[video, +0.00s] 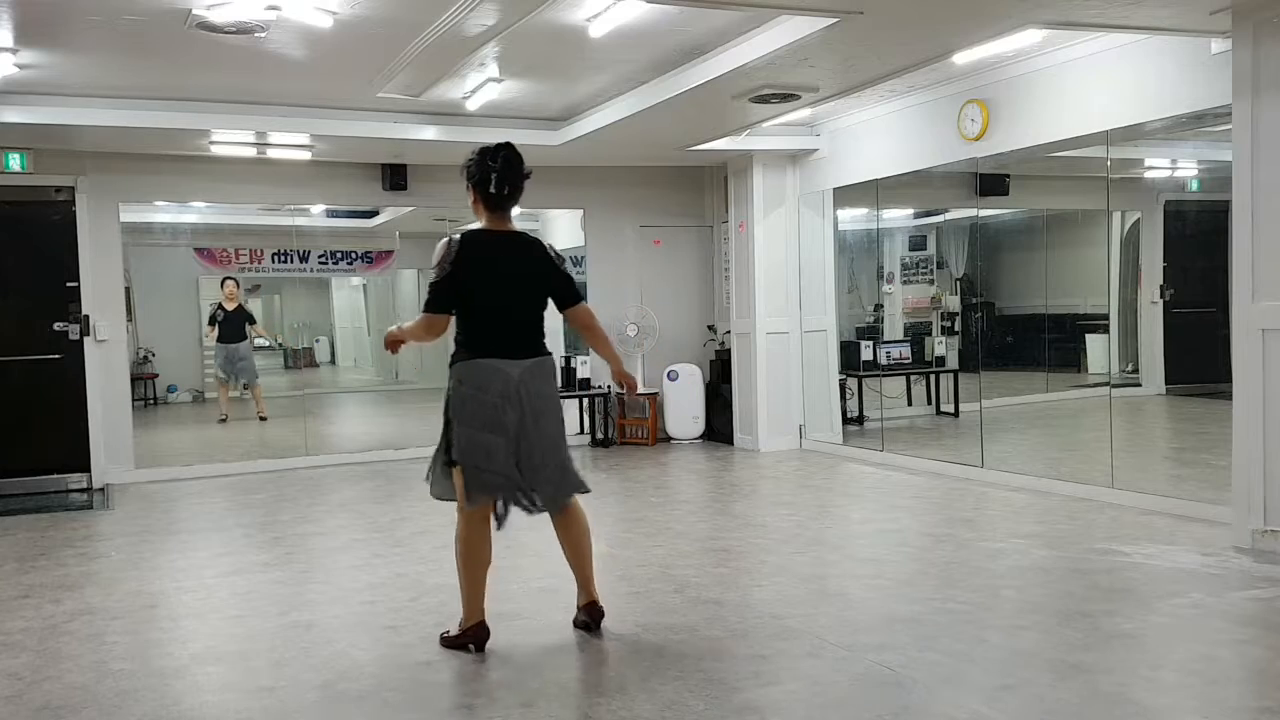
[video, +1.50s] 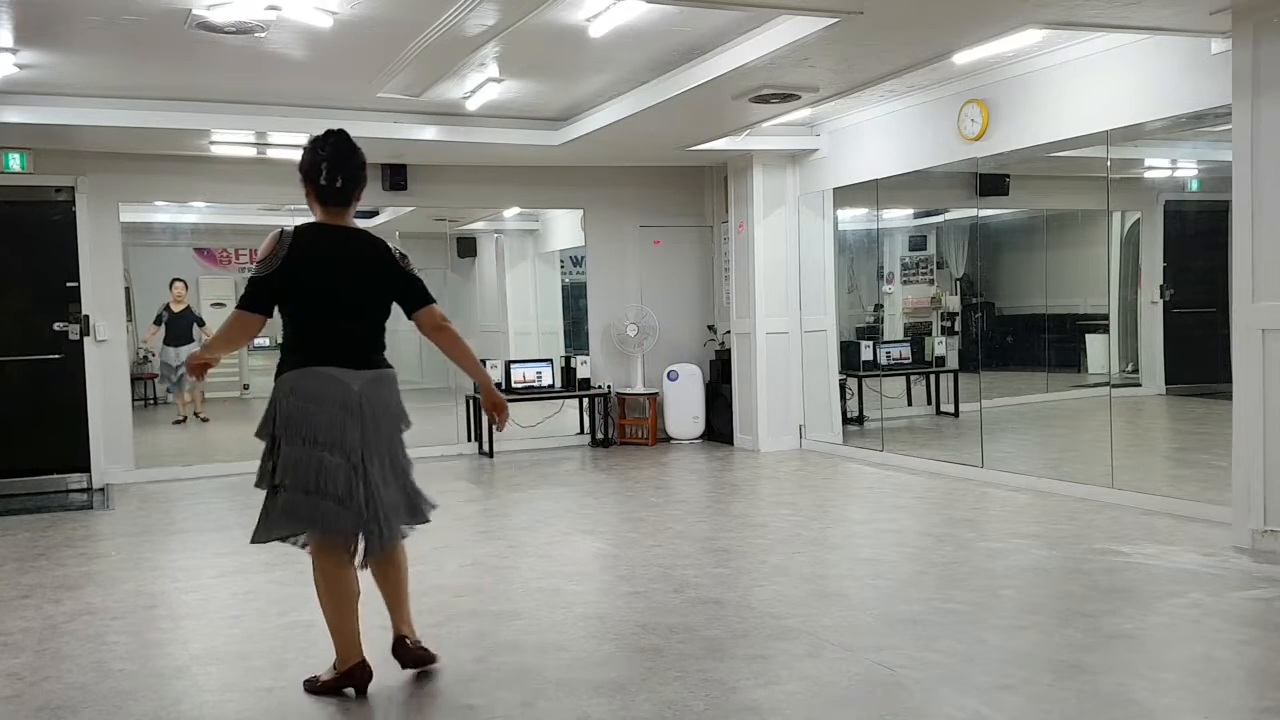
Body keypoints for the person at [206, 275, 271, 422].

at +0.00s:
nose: (231, 290)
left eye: (234, 286)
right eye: (227, 287)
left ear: (238, 289)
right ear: (222, 290)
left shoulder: (244, 308)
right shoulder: (216, 309)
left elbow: (255, 327)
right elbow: (210, 328)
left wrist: (269, 339)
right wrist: (207, 333)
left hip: (242, 347)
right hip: (223, 348)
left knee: (253, 380)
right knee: (223, 382)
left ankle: (260, 410)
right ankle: (223, 413)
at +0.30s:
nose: (219, 290)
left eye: (222, 287)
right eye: (215, 287)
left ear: (226, 290)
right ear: (210, 290)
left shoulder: (230, 308)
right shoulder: (207, 308)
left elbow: (240, 328)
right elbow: (198, 325)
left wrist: (253, 342)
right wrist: (200, 333)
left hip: (232, 346)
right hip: (214, 348)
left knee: (240, 378)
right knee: (218, 383)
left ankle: (245, 409)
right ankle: (223, 412)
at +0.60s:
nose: (210, 291)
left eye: (213, 288)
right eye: (207, 289)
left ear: (217, 291)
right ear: (201, 292)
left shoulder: (223, 309)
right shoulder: (198, 310)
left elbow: (233, 329)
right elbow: (188, 330)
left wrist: (247, 342)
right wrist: (181, 347)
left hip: (222, 349)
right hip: (207, 350)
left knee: (220, 383)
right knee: (214, 383)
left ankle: (204, 408)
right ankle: (223, 413)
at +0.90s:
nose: (202, 292)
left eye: (204, 289)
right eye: (198, 289)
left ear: (208, 291)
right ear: (193, 292)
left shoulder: (213, 310)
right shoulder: (189, 310)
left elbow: (224, 327)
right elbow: (177, 329)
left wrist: (236, 340)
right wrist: (168, 346)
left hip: (211, 348)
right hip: (196, 348)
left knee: (208, 380)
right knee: (205, 379)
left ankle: (201, 412)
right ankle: (213, 411)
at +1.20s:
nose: (191, 291)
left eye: (194, 288)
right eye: (187, 288)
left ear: (198, 290)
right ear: (182, 291)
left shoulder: (204, 309)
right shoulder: (178, 308)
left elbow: (215, 326)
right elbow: (166, 326)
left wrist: (228, 342)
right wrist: (158, 342)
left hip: (203, 349)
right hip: (185, 349)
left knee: (202, 383)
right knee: (186, 383)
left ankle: (200, 413)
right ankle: (183, 414)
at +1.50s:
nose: (179, 292)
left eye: (182, 289)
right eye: (176, 289)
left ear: (186, 291)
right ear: (171, 291)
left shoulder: (191, 309)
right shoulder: (165, 309)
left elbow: (203, 326)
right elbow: (156, 325)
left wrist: (213, 337)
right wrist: (149, 335)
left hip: (189, 349)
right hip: (170, 350)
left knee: (194, 381)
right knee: (176, 385)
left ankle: (198, 411)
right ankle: (182, 414)